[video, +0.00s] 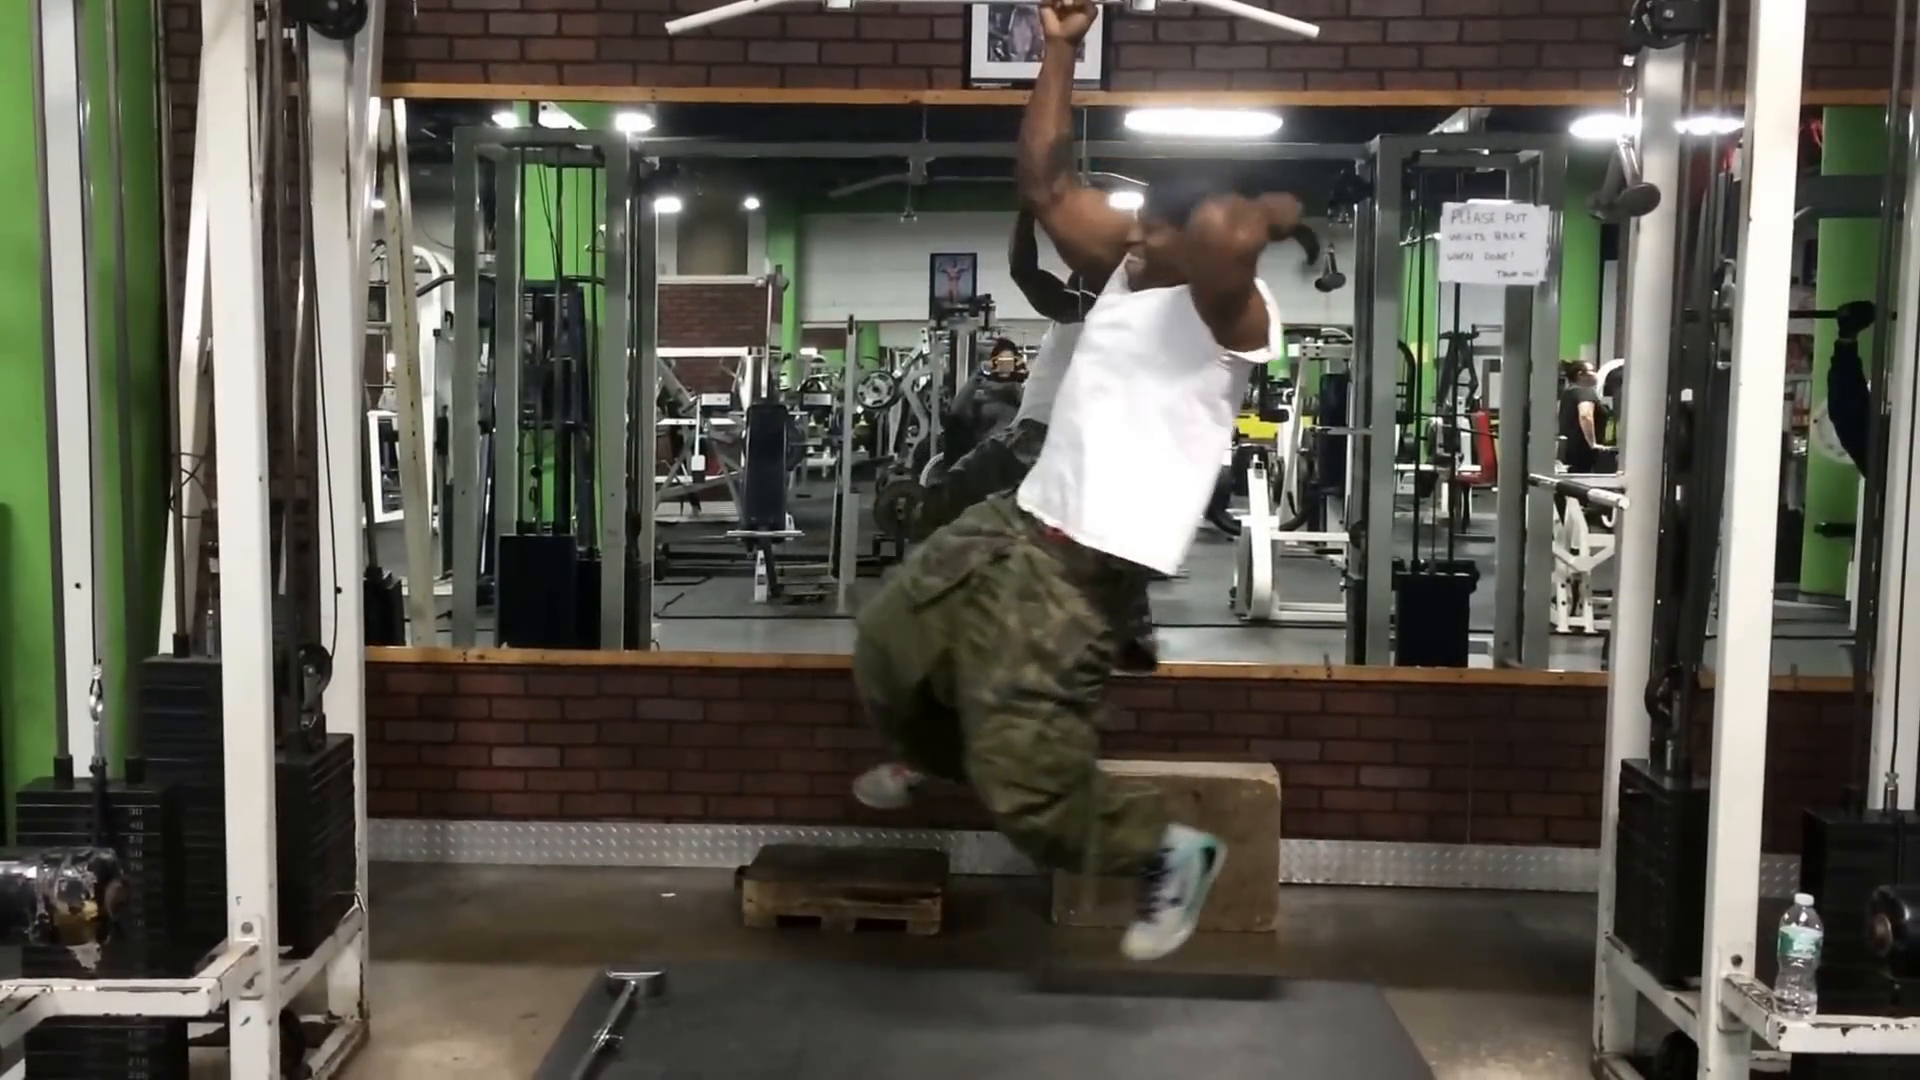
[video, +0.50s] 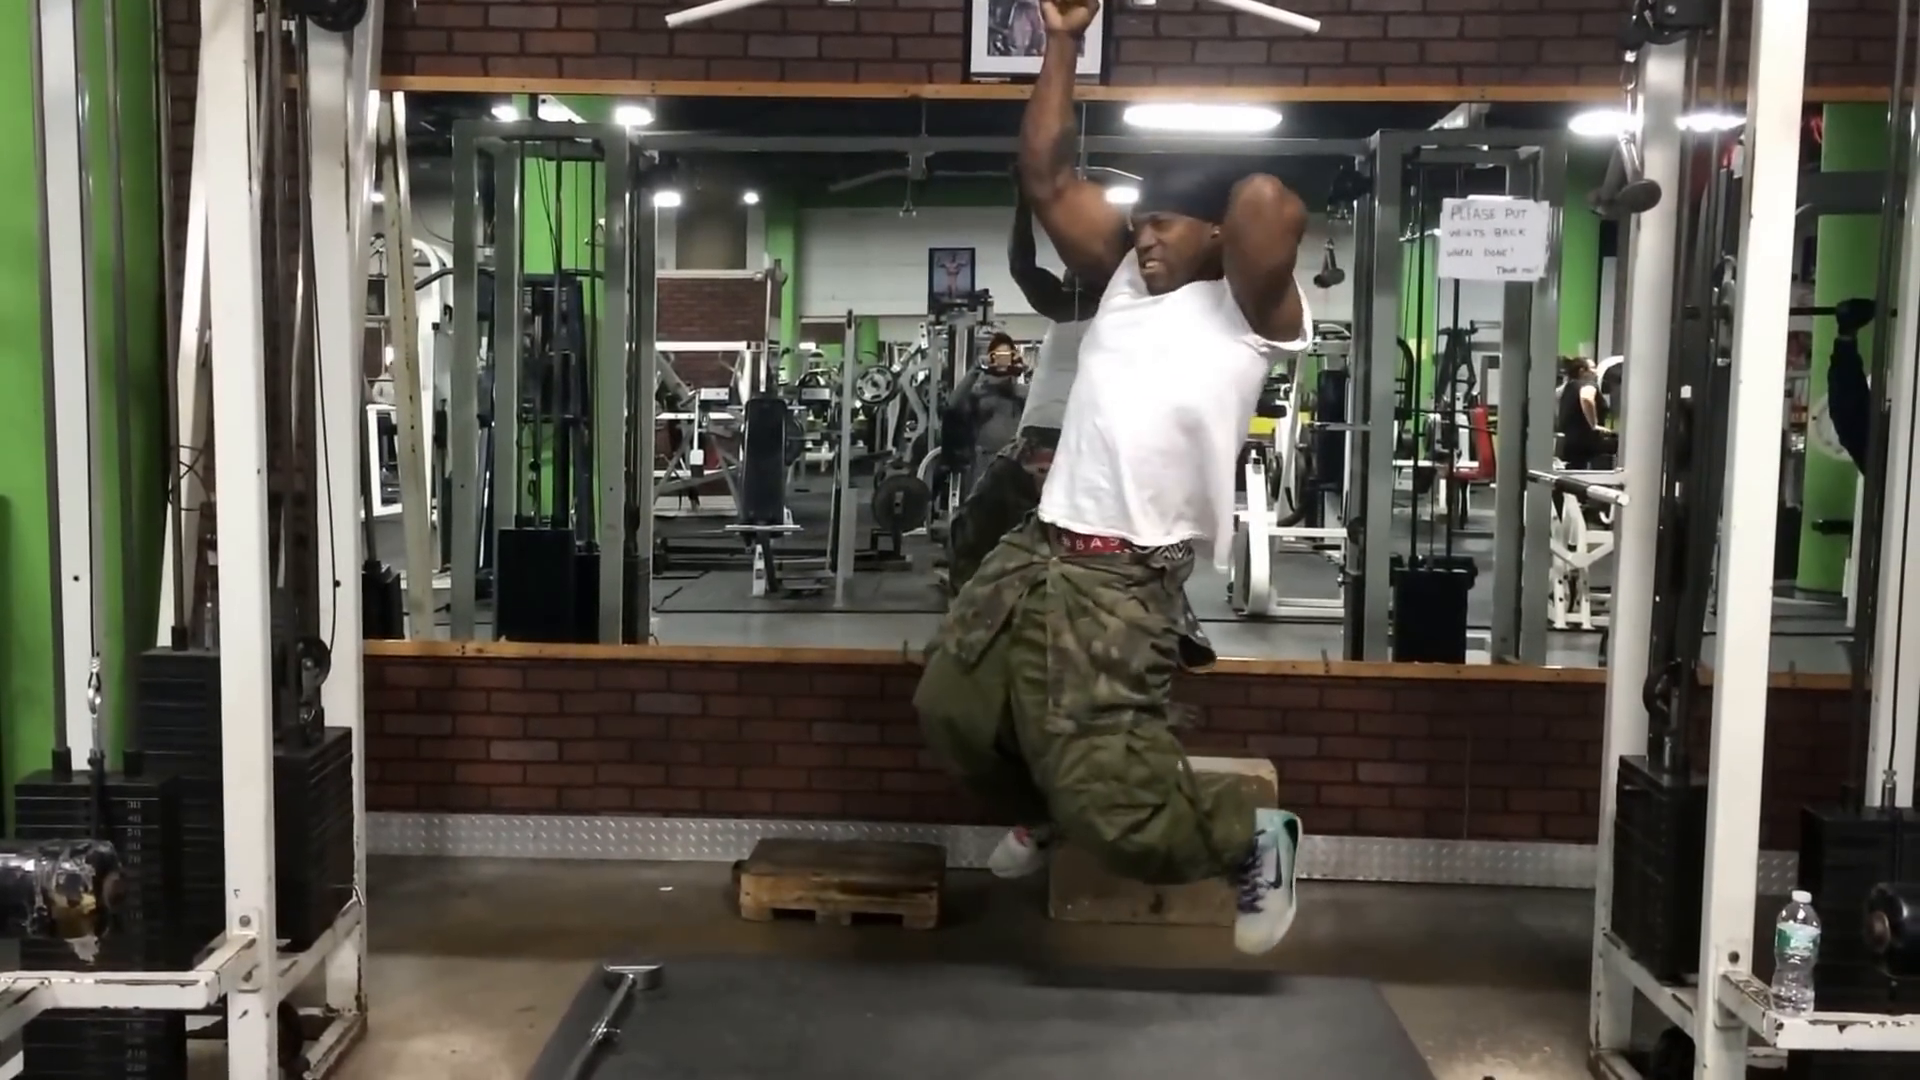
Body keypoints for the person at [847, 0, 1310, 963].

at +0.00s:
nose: (1171, 225)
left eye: (1194, 219)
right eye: (1174, 213)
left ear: (1232, 238)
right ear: (1164, 215)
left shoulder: (1233, 317)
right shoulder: (1131, 249)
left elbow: (1216, 256)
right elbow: (1045, 183)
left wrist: (1249, 214)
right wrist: (1058, 51)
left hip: (1085, 572)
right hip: (1015, 522)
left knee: (1017, 784)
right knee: (887, 643)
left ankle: (1172, 851)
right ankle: (938, 765)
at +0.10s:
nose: (1147, 225)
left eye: (1166, 216)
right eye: (1150, 212)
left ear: (1217, 231)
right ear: (1153, 217)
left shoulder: (1250, 322)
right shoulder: (1126, 255)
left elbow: (1231, 265)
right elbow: (1047, 180)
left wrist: (1250, 238)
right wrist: (1059, 47)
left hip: (1105, 577)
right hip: (1025, 528)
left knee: (1063, 792)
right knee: (913, 663)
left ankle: (1210, 836)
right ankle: (981, 785)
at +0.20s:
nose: (1149, 239)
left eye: (1169, 228)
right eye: (1147, 222)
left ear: (1223, 236)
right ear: (1146, 221)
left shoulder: (1259, 318)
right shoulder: (1122, 262)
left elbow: (1244, 262)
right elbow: (1050, 181)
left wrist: (1258, 239)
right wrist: (1058, 46)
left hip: (1121, 580)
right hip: (1034, 541)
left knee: (1100, 809)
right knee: (932, 683)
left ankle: (1238, 820)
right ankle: (1016, 797)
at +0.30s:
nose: (1150, 241)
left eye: (1169, 229)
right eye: (1145, 226)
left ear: (1222, 236)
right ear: (1142, 230)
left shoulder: (1257, 312)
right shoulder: (1123, 270)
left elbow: (1262, 235)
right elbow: (1049, 178)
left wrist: (1243, 228)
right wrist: (1059, 45)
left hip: (1133, 574)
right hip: (1044, 543)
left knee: (1115, 803)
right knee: (947, 686)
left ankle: (1251, 817)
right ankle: (1031, 800)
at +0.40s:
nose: (1150, 238)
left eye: (1168, 225)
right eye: (1146, 224)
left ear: (1223, 233)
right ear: (1142, 233)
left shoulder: (1253, 313)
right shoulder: (1120, 276)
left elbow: (1269, 208)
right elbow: (1046, 174)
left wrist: (1223, 244)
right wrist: (1062, 40)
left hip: (1131, 582)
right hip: (1041, 551)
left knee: (1118, 808)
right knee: (955, 700)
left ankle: (1258, 822)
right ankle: (1042, 810)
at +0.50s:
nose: (1144, 237)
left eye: (1162, 224)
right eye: (1142, 224)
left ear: (1215, 233)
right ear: (1142, 233)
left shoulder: (1248, 313)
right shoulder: (1117, 278)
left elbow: (1265, 198)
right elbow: (1045, 173)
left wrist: (1234, 254)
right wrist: (1061, 39)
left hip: (1125, 588)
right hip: (1035, 559)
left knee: (1103, 812)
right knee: (952, 707)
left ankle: (1254, 831)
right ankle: (1033, 820)